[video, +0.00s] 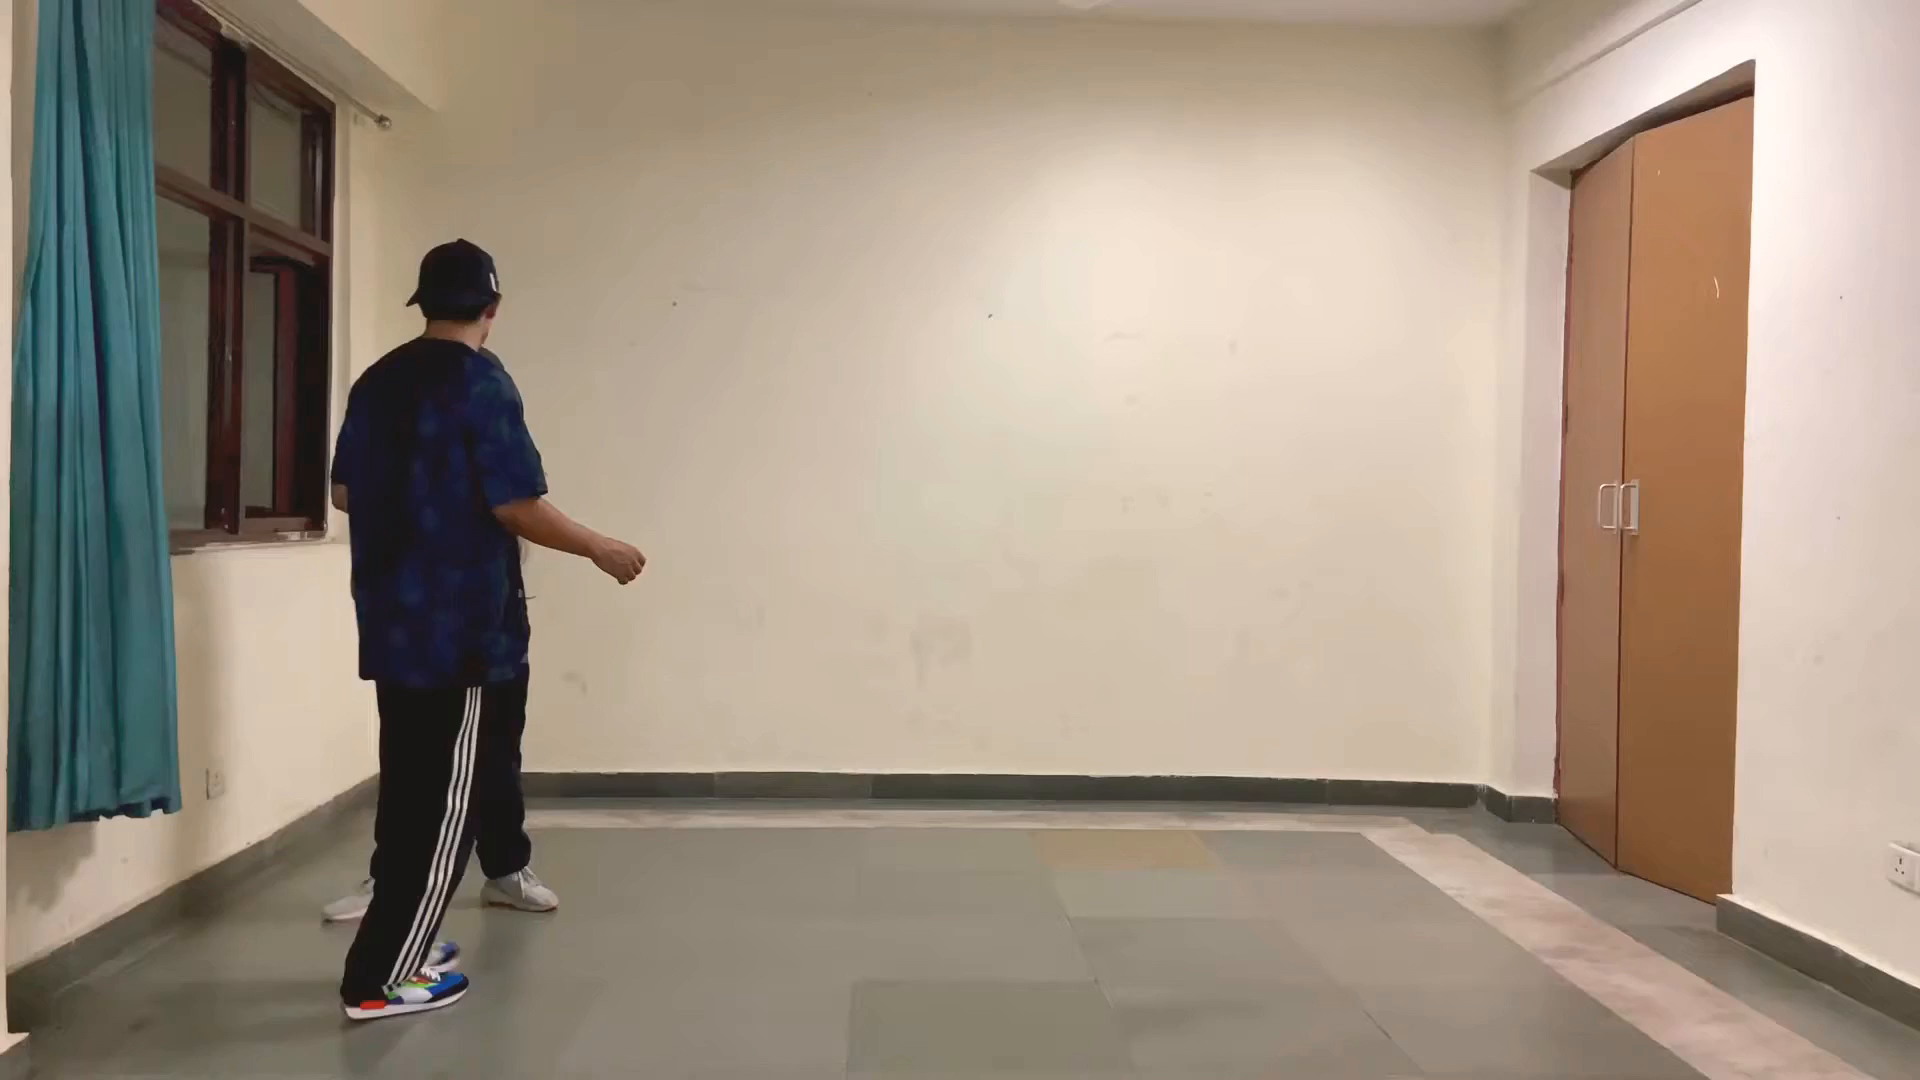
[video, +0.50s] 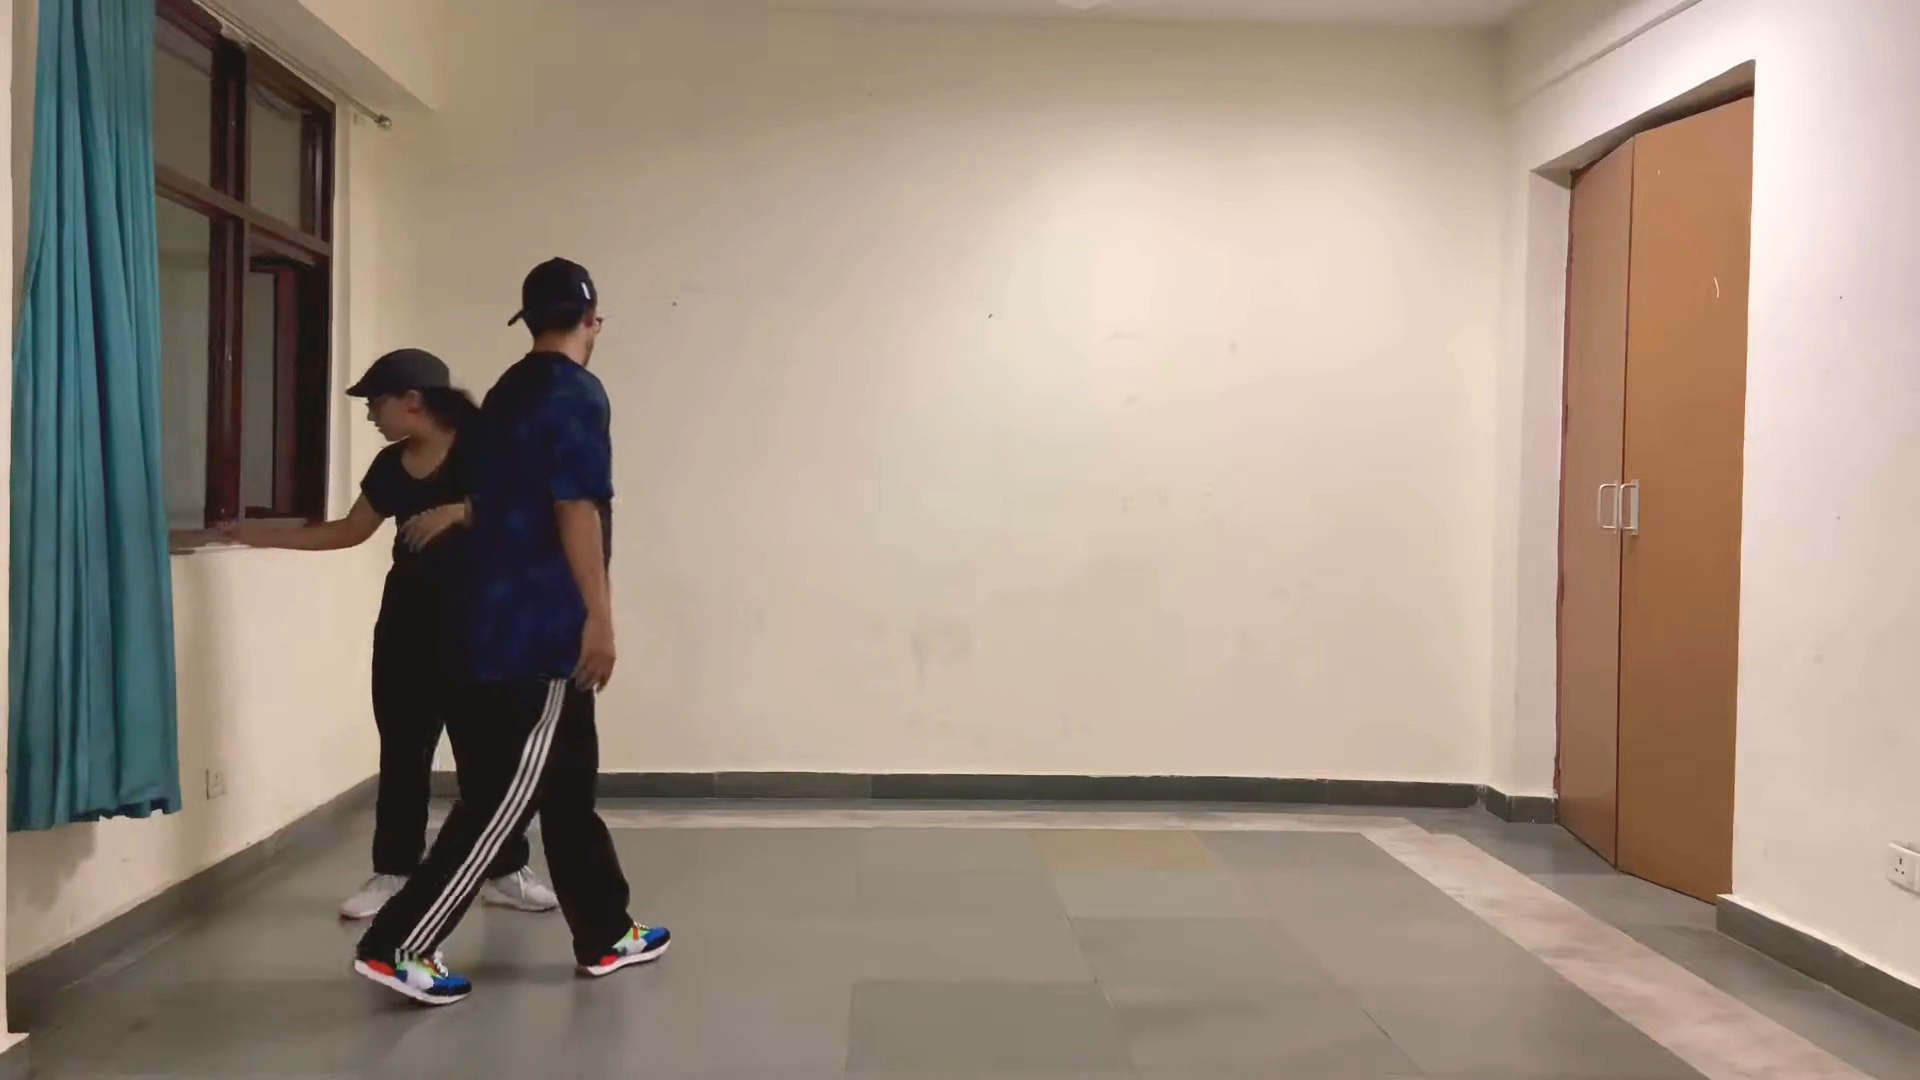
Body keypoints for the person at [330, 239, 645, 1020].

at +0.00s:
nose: (496, 317)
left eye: (489, 306)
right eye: (496, 306)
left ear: (423, 306)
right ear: (489, 308)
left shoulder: (376, 379)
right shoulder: (480, 379)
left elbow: (350, 489)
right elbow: (515, 504)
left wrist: (433, 521)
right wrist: (599, 547)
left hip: (394, 625)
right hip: (460, 628)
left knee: (410, 787)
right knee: (447, 801)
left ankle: (400, 942)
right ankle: (380, 981)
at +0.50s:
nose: (601, 327)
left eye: (593, 318)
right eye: (600, 317)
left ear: (533, 322)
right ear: (592, 319)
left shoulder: (510, 390)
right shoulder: (573, 391)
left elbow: (488, 506)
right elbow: (574, 507)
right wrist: (600, 616)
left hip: (509, 619)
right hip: (546, 622)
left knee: (569, 785)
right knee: (508, 796)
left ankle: (604, 934)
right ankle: (398, 947)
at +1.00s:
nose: (714, 353)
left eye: (712, 341)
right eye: (715, 341)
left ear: (655, 330)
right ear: (702, 336)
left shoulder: (614, 394)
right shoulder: (657, 394)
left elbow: (596, 500)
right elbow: (672, 492)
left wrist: (681, 556)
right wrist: (765, 486)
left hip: (625, 629)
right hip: (678, 627)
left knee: (615, 786)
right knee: (725, 774)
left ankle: (602, 937)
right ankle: (752, 918)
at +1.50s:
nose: (834, 360)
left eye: (831, 351)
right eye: (835, 351)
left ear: (775, 348)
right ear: (825, 349)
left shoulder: (731, 406)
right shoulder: (822, 413)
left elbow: (701, 496)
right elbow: (858, 513)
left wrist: (771, 521)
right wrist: (895, 595)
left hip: (741, 610)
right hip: (809, 610)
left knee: (749, 736)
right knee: (818, 758)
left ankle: (679, 853)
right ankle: (804, 894)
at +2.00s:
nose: (886, 379)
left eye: (860, 372)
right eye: (893, 370)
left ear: (844, 372)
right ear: (896, 369)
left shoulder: (820, 427)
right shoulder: (928, 421)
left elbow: (787, 501)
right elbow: (952, 505)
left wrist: (796, 557)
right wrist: (898, 499)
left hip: (838, 611)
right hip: (901, 613)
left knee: (873, 738)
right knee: (865, 747)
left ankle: (919, 845)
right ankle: (805, 890)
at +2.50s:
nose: (951, 379)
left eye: (930, 373)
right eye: (956, 370)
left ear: (911, 374)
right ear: (961, 370)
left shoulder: (888, 426)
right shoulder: (986, 417)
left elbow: (865, 510)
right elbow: (1023, 504)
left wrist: (903, 528)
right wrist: (1070, 572)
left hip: (912, 612)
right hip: (980, 607)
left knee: (912, 729)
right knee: (1005, 722)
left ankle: (921, 852)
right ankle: (1000, 841)